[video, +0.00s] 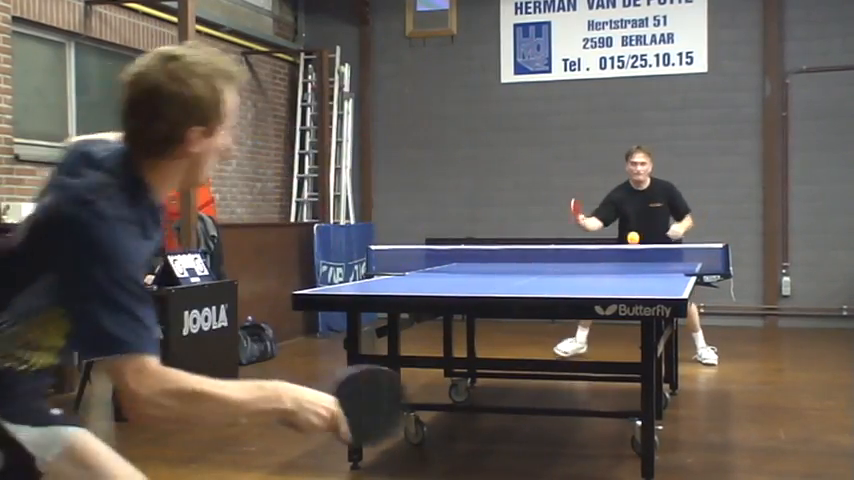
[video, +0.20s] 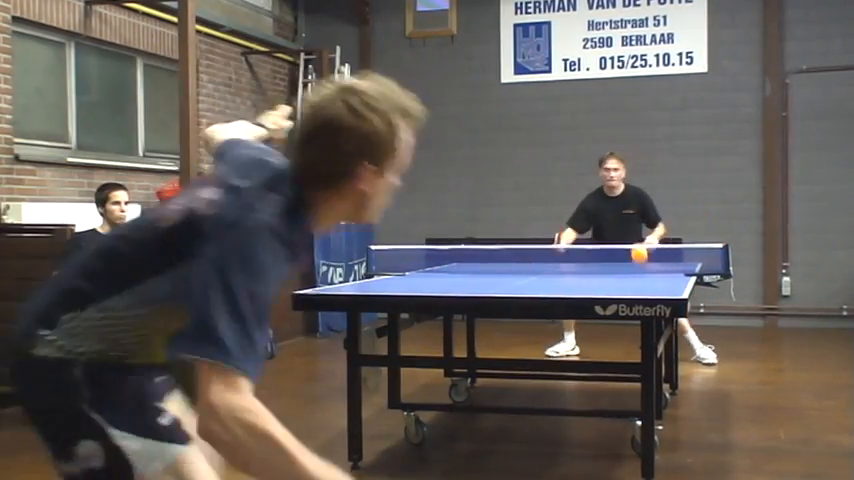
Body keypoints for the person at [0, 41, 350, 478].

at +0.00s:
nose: (230, 145)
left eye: (230, 128)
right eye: (226, 129)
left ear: (144, 122)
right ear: (194, 139)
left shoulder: (93, 158)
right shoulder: (102, 226)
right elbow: (142, 391)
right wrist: (281, 399)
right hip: (14, 398)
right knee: (123, 474)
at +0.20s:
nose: (397, 187)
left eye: (400, 172)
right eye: (399, 173)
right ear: (364, 175)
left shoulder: (267, 172)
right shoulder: (256, 236)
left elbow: (219, 133)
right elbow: (222, 407)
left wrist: (267, 126)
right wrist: (326, 474)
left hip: (121, 350)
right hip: (69, 362)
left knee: (211, 462)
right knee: (195, 474)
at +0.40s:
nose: (532, 190)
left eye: (538, 173)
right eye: (533, 172)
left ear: (441, 145)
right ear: (497, 169)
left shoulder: (350, 169)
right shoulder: (428, 244)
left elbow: (225, 186)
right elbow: (497, 404)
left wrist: (193, 167)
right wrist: (599, 351)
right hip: (272, 444)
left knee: (465, 464)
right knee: (472, 473)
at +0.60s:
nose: (555, 41)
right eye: (554, 30)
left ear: (465, 34)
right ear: (547, 41)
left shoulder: (390, 110)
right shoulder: (553, 127)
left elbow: (271, 187)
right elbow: (701, 170)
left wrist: (215, 204)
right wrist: (665, 76)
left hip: (332, 371)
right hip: (438, 388)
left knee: (401, 468)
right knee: (534, 469)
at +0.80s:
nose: (590, 8)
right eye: (589, 6)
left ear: (495, 5)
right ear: (580, 8)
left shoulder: (434, 60)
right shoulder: (623, 94)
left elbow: (286, 145)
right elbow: (729, 238)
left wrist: (255, 158)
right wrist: (688, 168)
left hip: (409, 346)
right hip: (538, 358)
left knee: (417, 468)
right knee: (627, 466)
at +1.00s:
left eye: (522, 63)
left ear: (525, 78)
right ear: (627, 86)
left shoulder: (466, 161)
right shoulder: (672, 192)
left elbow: (323, 255)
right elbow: (736, 343)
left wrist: (289, 239)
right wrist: (681, 288)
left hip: (468, 452)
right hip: (612, 458)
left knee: (392, 453)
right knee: (676, 461)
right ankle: (677, 465)